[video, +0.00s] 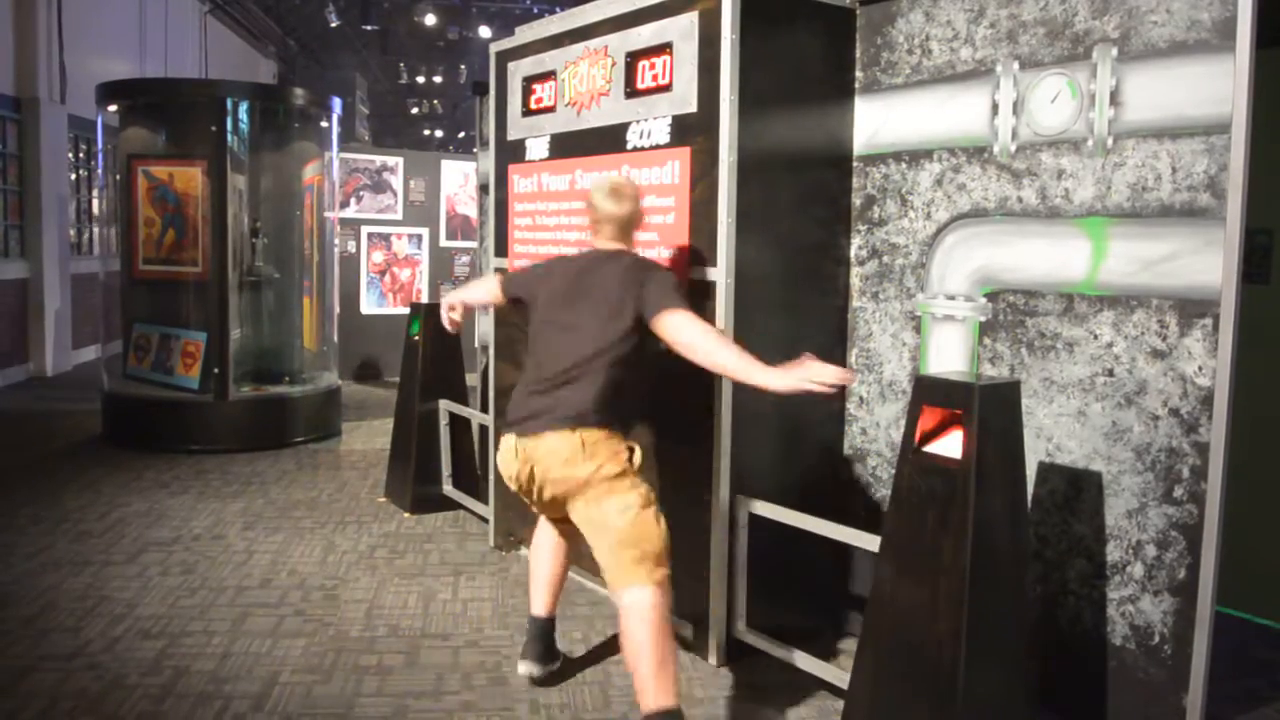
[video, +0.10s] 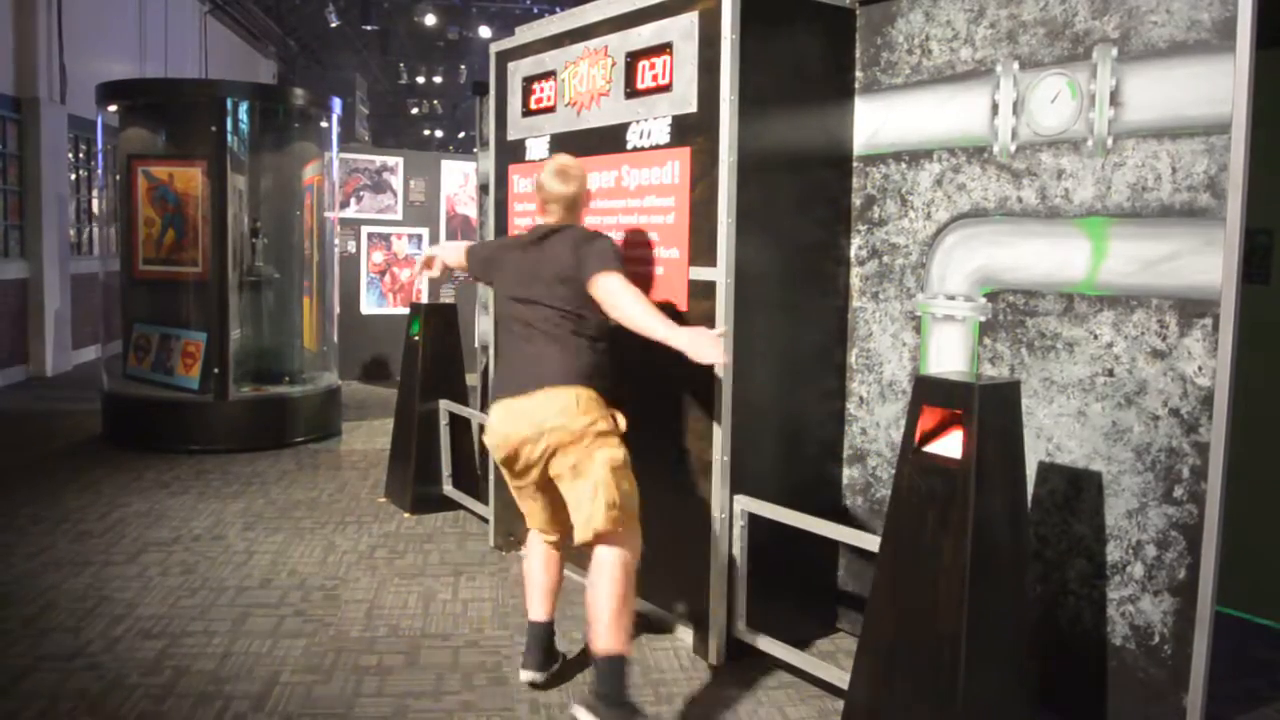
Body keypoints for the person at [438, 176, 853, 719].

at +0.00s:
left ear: (588, 223)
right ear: (637, 223)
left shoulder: (549, 273)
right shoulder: (644, 276)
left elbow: (487, 290)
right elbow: (687, 334)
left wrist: (453, 299)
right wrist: (771, 376)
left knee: (552, 514)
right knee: (640, 585)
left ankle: (538, 644)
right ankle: (661, 710)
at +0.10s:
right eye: (584, 195)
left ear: (538, 201)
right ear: (584, 200)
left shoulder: (505, 252)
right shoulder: (588, 246)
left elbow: (454, 255)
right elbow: (614, 297)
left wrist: (436, 257)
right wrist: (682, 338)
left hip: (506, 415)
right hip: (571, 406)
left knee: (543, 530)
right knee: (615, 535)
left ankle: (538, 656)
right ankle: (607, 693)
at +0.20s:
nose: (543, 180)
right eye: (549, 172)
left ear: (506, 178)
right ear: (553, 177)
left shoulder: (480, 224)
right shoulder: (558, 216)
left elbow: (429, 236)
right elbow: (566, 257)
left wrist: (412, 249)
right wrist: (614, 316)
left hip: (473, 383)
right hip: (531, 376)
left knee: (524, 505)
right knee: (589, 483)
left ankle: (531, 629)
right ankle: (548, 622)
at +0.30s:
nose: (534, 173)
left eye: (523, 165)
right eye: (533, 166)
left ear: (487, 172)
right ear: (530, 170)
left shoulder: (461, 216)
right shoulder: (532, 208)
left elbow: (411, 260)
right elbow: (536, 254)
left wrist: (383, 301)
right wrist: (566, 316)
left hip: (440, 366)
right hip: (490, 364)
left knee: (493, 467)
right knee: (564, 453)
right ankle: (517, 582)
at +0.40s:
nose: (504, 198)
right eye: (503, 191)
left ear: (460, 198)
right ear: (500, 192)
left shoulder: (439, 241)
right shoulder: (505, 226)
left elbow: (399, 305)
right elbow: (515, 267)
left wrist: (380, 351)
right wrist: (546, 325)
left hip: (419, 378)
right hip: (466, 378)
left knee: (456, 448)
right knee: (537, 456)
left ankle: (385, 519)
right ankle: (500, 584)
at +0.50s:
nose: (466, 220)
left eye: (461, 215)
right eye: (462, 215)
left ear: (425, 231)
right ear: (460, 220)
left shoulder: (413, 272)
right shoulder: (481, 249)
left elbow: (380, 337)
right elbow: (504, 283)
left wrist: (414, 352)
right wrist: (541, 338)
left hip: (395, 389)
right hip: (445, 394)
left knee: (396, 444)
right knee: (518, 468)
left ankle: (351, 509)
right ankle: (495, 582)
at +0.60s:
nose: (435, 249)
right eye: (432, 244)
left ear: (397, 252)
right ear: (431, 246)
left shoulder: (391, 287)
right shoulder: (447, 276)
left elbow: (375, 330)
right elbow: (480, 306)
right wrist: (521, 357)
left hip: (360, 399)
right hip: (406, 403)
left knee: (366, 460)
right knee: (493, 461)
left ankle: (328, 517)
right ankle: (473, 564)